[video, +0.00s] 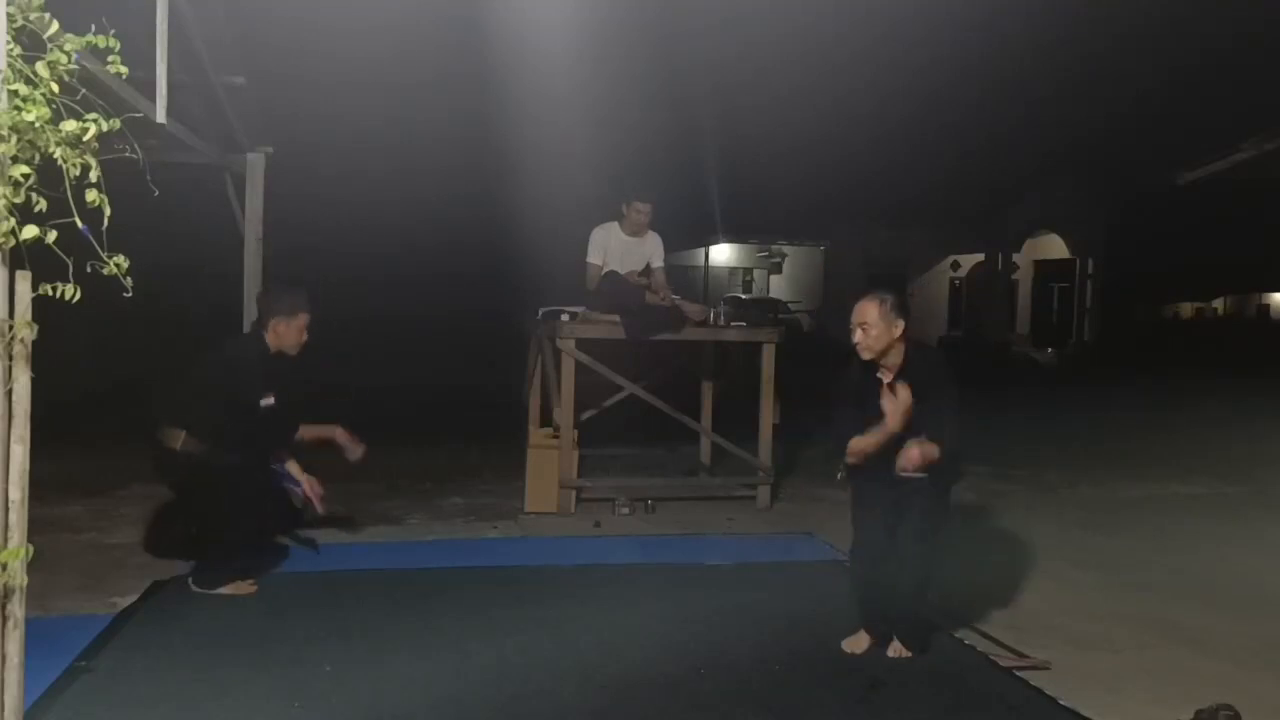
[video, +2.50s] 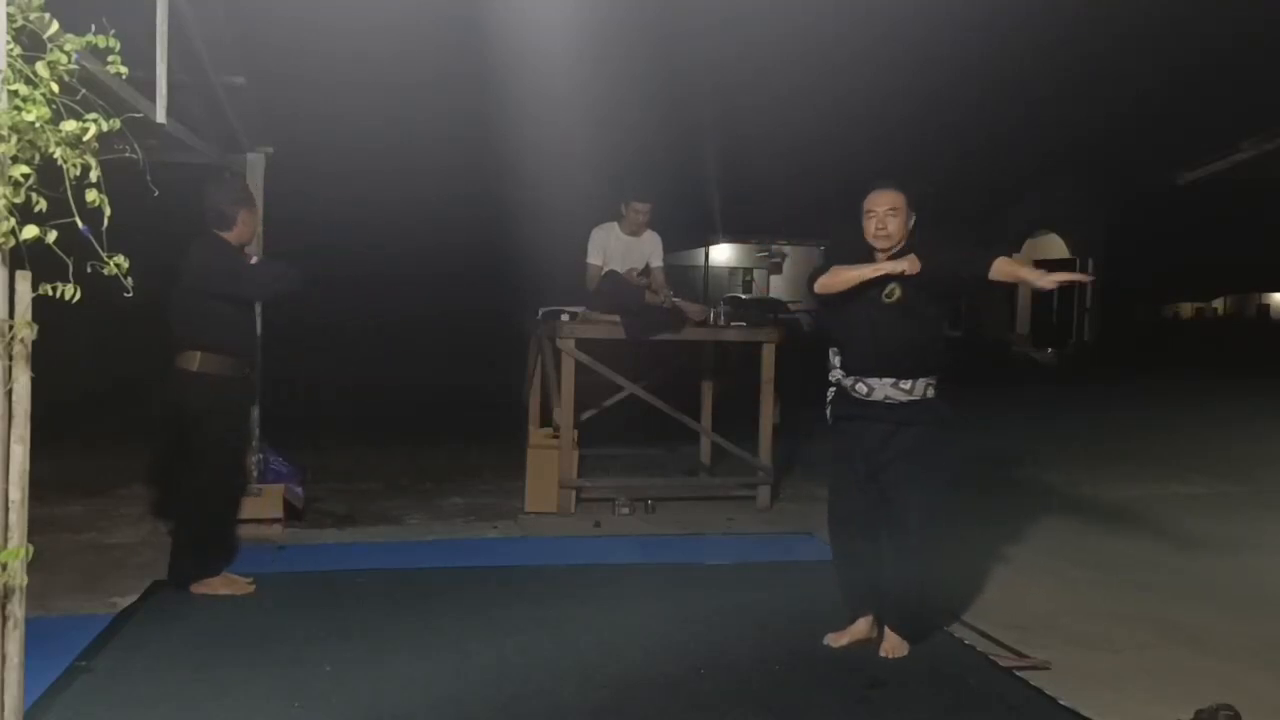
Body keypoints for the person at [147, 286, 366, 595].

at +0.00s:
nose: (306, 337)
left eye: (306, 329)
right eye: (302, 328)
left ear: (276, 326)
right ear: (276, 326)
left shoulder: (257, 357)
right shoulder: (249, 359)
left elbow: (266, 433)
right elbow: (278, 430)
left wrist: (299, 476)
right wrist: (332, 432)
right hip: (187, 455)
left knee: (279, 498)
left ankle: (234, 564)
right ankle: (213, 575)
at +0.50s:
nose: (269, 226)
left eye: (269, 218)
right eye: (263, 218)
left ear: (241, 221)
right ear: (239, 220)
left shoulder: (230, 258)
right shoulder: (228, 261)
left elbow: (278, 282)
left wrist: (304, 256)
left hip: (214, 383)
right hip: (205, 385)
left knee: (214, 473)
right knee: (212, 475)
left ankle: (208, 565)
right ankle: (202, 572)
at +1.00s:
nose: (258, 218)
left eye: (257, 210)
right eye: (251, 211)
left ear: (229, 216)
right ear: (227, 216)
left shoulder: (224, 258)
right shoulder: (211, 260)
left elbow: (273, 282)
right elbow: (262, 288)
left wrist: (321, 257)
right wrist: (295, 266)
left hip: (218, 386)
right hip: (203, 389)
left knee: (217, 476)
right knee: (209, 477)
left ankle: (207, 566)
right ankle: (198, 572)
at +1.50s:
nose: (238, 221)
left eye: (242, 213)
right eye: (228, 213)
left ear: (247, 218)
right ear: (205, 218)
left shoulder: (230, 262)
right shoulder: (202, 253)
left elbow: (280, 300)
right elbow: (246, 264)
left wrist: (269, 265)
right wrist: (298, 255)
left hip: (224, 383)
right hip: (202, 383)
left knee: (219, 474)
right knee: (210, 475)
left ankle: (208, 566)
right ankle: (200, 572)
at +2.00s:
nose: (249, 223)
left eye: (250, 214)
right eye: (242, 215)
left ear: (227, 219)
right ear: (215, 218)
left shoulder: (222, 262)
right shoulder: (202, 259)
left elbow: (266, 300)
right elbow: (257, 285)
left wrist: (319, 305)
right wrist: (271, 258)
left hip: (220, 382)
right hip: (203, 383)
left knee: (216, 473)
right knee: (213, 474)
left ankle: (201, 568)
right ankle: (200, 572)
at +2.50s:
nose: (256, 223)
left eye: (255, 215)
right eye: (252, 216)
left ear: (221, 217)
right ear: (236, 217)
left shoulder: (210, 254)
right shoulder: (214, 258)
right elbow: (265, 284)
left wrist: (251, 264)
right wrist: (263, 267)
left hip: (214, 383)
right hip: (210, 385)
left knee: (212, 474)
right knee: (216, 476)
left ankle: (202, 567)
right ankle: (202, 572)